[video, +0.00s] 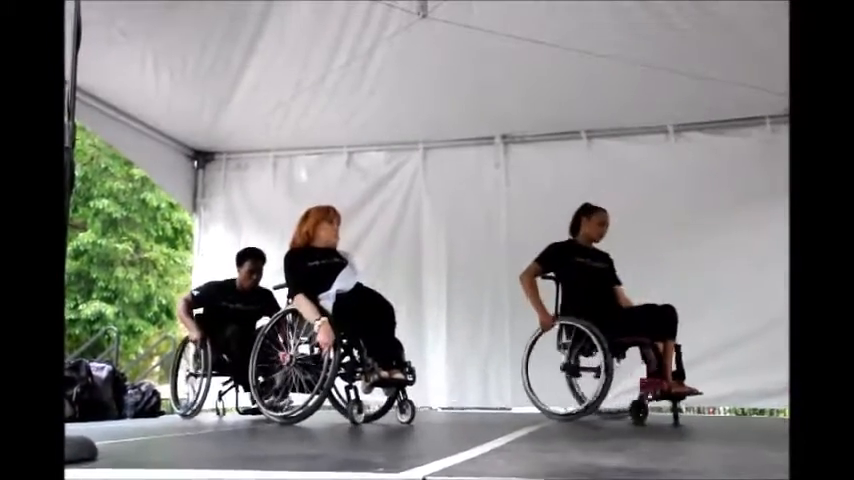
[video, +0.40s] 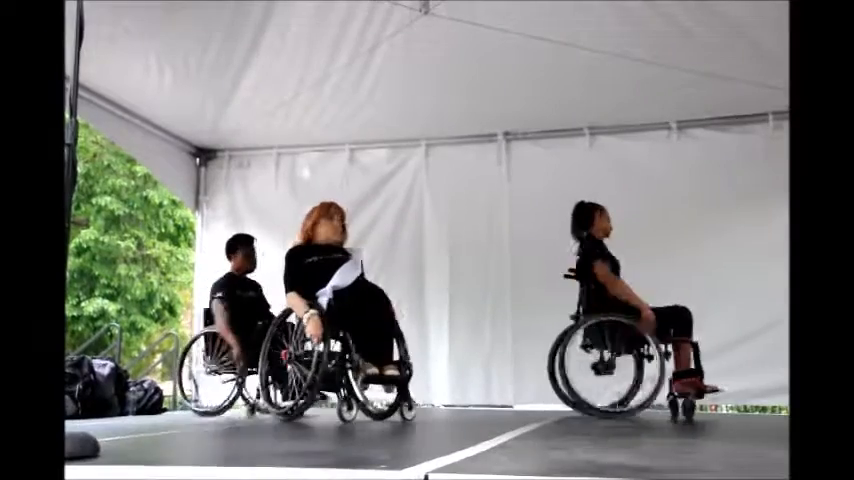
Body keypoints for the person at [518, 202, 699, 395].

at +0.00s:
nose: (604, 231)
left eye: (606, 226)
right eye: (600, 225)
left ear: (604, 227)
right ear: (583, 222)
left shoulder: (603, 258)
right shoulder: (560, 251)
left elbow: (620, 297)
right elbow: (527, 277)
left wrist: (639, 319)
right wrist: (543, 315)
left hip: (609, 318)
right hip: (582, 321)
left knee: (665, 312)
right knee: (659, 315)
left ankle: (665, 378)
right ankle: (662, 381)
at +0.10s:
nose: (607, 229)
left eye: (608, 224)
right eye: (603, 223)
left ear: (593, 224)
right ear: (585, 219)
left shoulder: (602, 257)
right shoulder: (563, 248)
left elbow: (616, 292)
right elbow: (532, 276)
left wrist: (635, 316)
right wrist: (553, 309)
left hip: (611, 317)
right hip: (587, 319)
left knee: (669, 313)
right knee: (667, 315)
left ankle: (671, 379)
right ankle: (670, 379)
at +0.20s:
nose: (609, 225)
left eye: (608, 220)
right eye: (605, 219)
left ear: (591, 222)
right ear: (590, 220)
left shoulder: (600, 254)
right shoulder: (569, 246)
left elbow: (604, 286)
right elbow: (549, 275)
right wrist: (578, 303)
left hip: (616, 314)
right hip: (600, 318)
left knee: (675, 313)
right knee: (673, 315)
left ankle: (679, 377)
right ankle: (678, 377)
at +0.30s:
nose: (610, 225)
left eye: (610, 220)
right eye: (607, 219)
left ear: (593, 221)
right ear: (592, 220)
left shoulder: (592, 248)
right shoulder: (577, 247)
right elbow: (570, 277)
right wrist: (600, 303)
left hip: (618, 313)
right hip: (609, 317)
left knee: (678, 314)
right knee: (677, 315)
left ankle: (686, 378)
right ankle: (682, 377)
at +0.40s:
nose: (610, 225)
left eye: (608, 219)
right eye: (605, 220)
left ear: (594, 224)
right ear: (592, 224)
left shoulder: (594, 249)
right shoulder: (594, 250)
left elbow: (613, 286)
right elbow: (612, 285)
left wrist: (642, 307)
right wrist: (642, 307)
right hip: (608, 326)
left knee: (680, 314)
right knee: (680, 315)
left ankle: (685, 377)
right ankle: (683, 378)